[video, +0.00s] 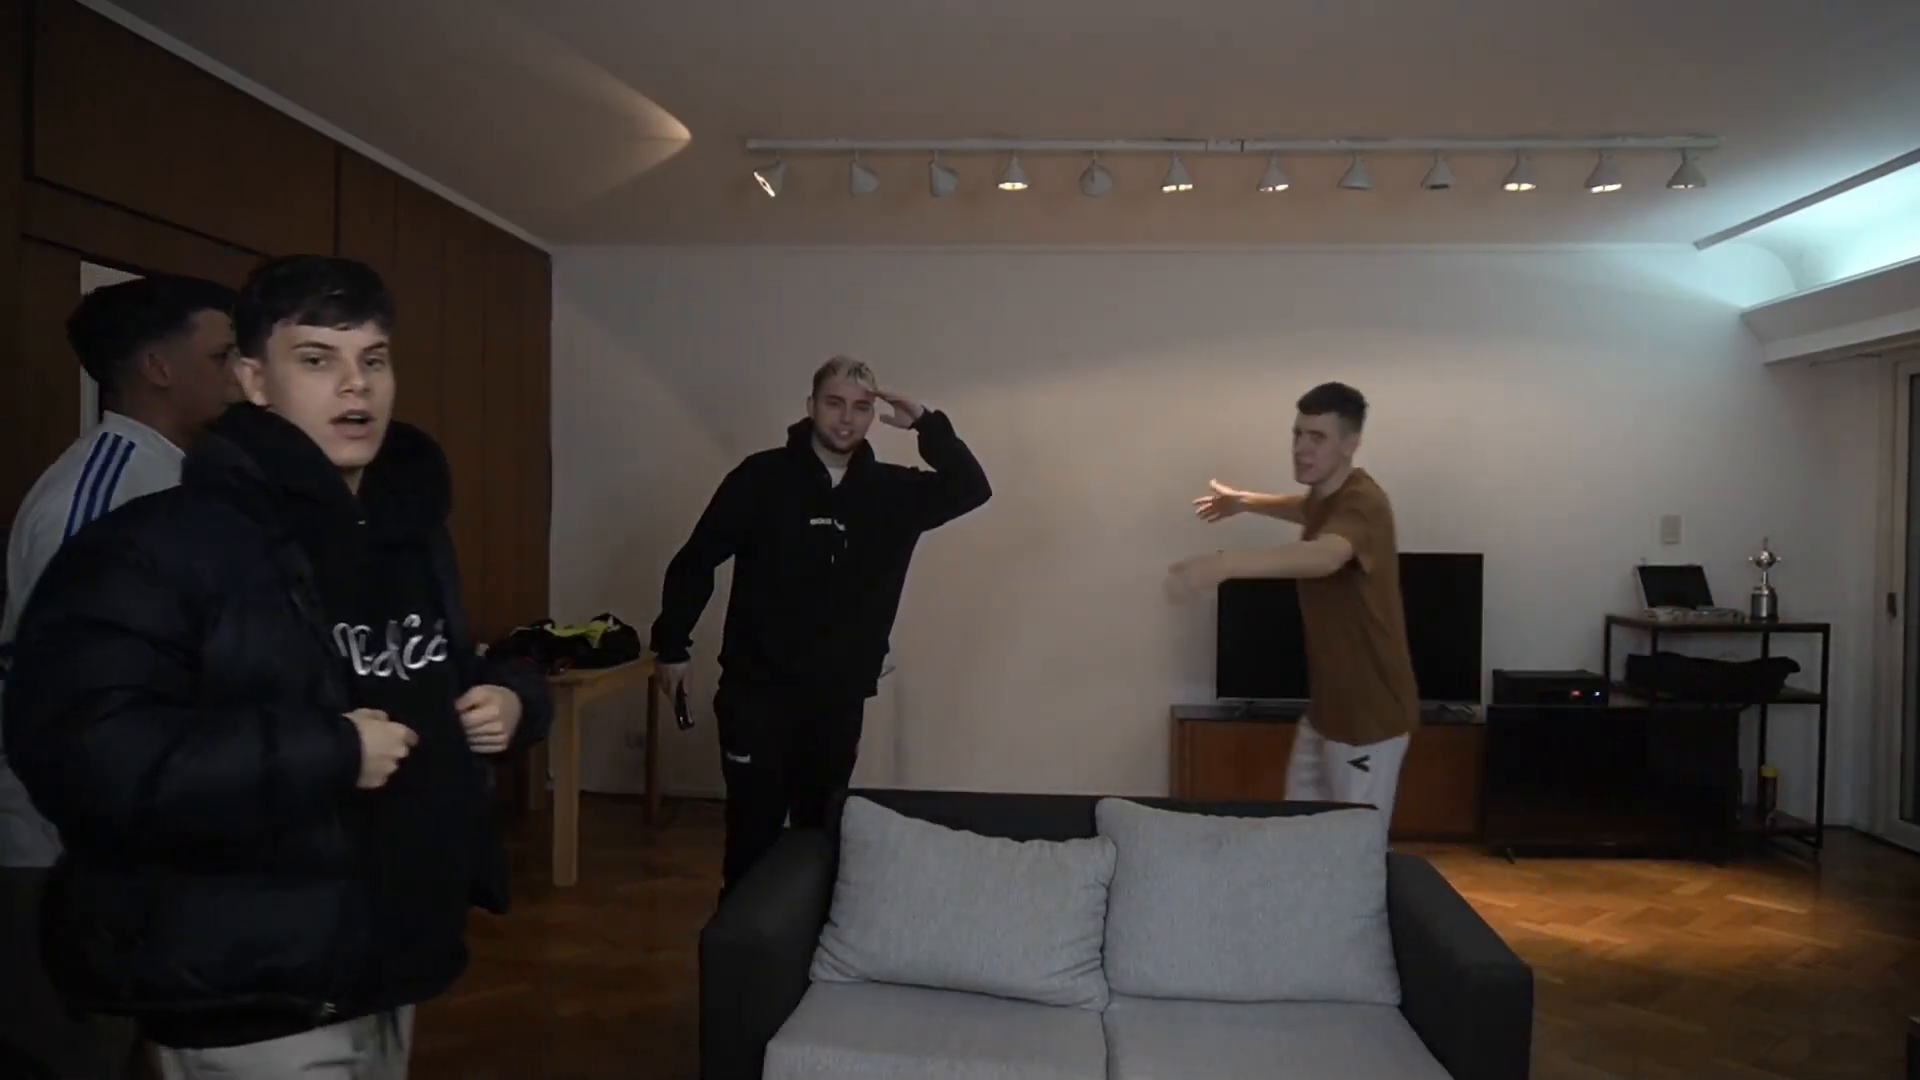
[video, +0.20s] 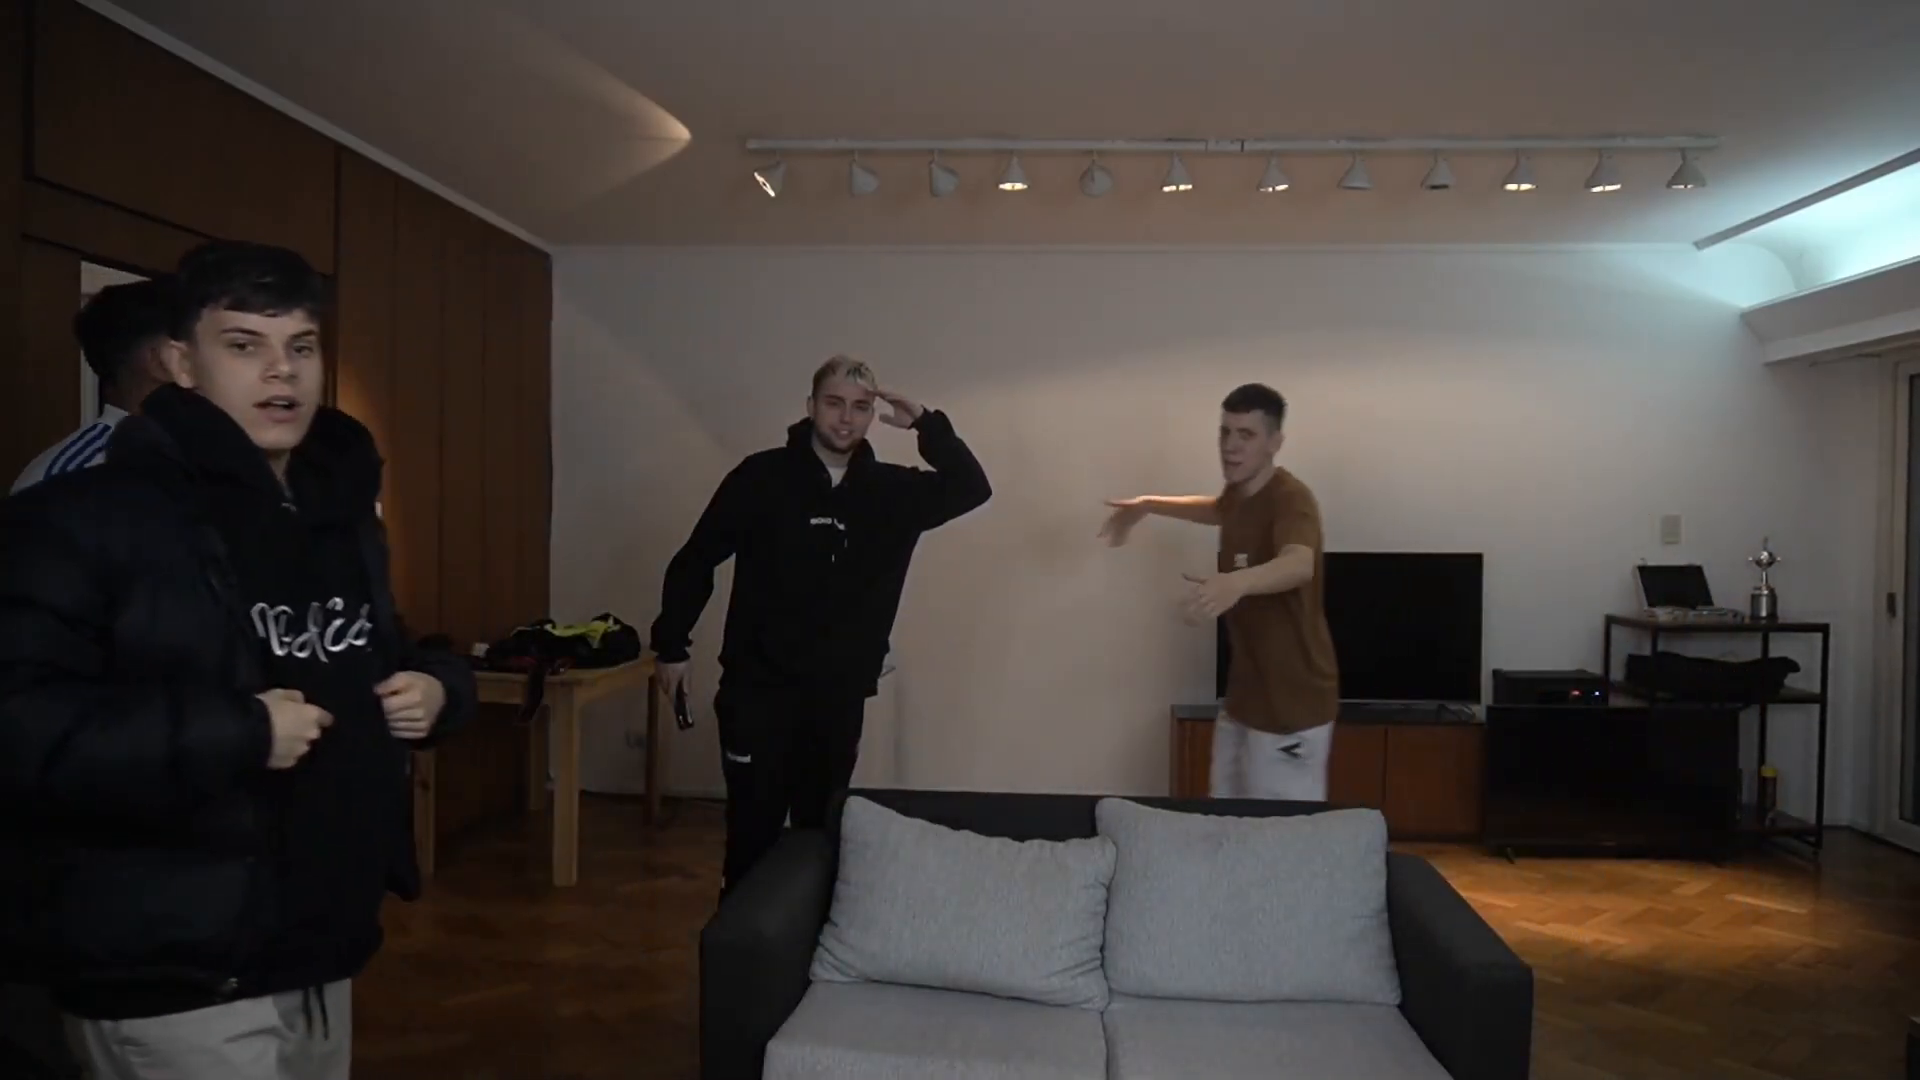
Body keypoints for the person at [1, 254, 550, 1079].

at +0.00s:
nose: (356, 387)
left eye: (374, 360)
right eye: (317, 360)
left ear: (394, 373)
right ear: (251, 377)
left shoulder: (404, 526)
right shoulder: (160, 545)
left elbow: (449, 674)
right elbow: (81, 752)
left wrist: (511, 701)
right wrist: (328, 751)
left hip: (390, 969)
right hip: (247, 994)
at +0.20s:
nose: (282, 372)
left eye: (301, 347)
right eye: (246, 345)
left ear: (325, 364)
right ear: (180, 360)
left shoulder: (334, 502)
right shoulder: (90, 513)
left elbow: (378, 657)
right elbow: (29, 729)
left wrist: (439, 689)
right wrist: (236, 732)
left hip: (318, 942)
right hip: (167, 959)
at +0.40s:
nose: (177, 365)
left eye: (197, 338)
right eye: (138, 339)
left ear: (223, 355)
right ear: (70, 357)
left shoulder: (238, 481)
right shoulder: (30, 489)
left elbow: (284, 650)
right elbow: (22, 722)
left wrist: (366, 676)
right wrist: (159, 721)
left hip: (251, 933)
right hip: (93, 954)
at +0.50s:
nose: (108, 368)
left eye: (129, 340)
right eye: (67, 341)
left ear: (158, 354)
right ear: (9, 360)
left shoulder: (178, 481)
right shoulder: (9, 493)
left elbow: (233, 652)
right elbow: (15, 716)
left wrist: (313, 674)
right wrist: (101, 730)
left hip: (204, 927)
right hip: (49, 947)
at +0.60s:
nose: (37, 367)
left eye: (57, 340)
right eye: (8, 343)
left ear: (88, 357)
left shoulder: (119, 494)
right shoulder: (2, 513)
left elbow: (185, 640)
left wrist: (239, 677)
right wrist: (38, 741)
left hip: (132, 885)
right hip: (15, 903)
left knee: (159, 1056)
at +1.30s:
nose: (105, 375)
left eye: (117, 361)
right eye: (81, 361)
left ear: (133, 374)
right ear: (36, 378)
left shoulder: (187, 487)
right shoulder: (7, 486)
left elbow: (210, 605)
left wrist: (233, 713)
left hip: (166, 777)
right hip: (35, 778)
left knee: (163, 962)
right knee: (33, 981)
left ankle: (153, 1076)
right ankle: (37, 1079)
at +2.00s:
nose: (203, 390)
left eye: (218, 377)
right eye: (182, 375)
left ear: (231, 391)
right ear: (138, 384)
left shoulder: (247, 504)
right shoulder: (88, 469)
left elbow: (241, 628)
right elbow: (7, 495)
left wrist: (247, 725)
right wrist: (122, 411)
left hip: (206, 773)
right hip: (98, 771)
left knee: (174, 957)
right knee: (77, 976)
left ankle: (155, 1073)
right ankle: (53, 1074)